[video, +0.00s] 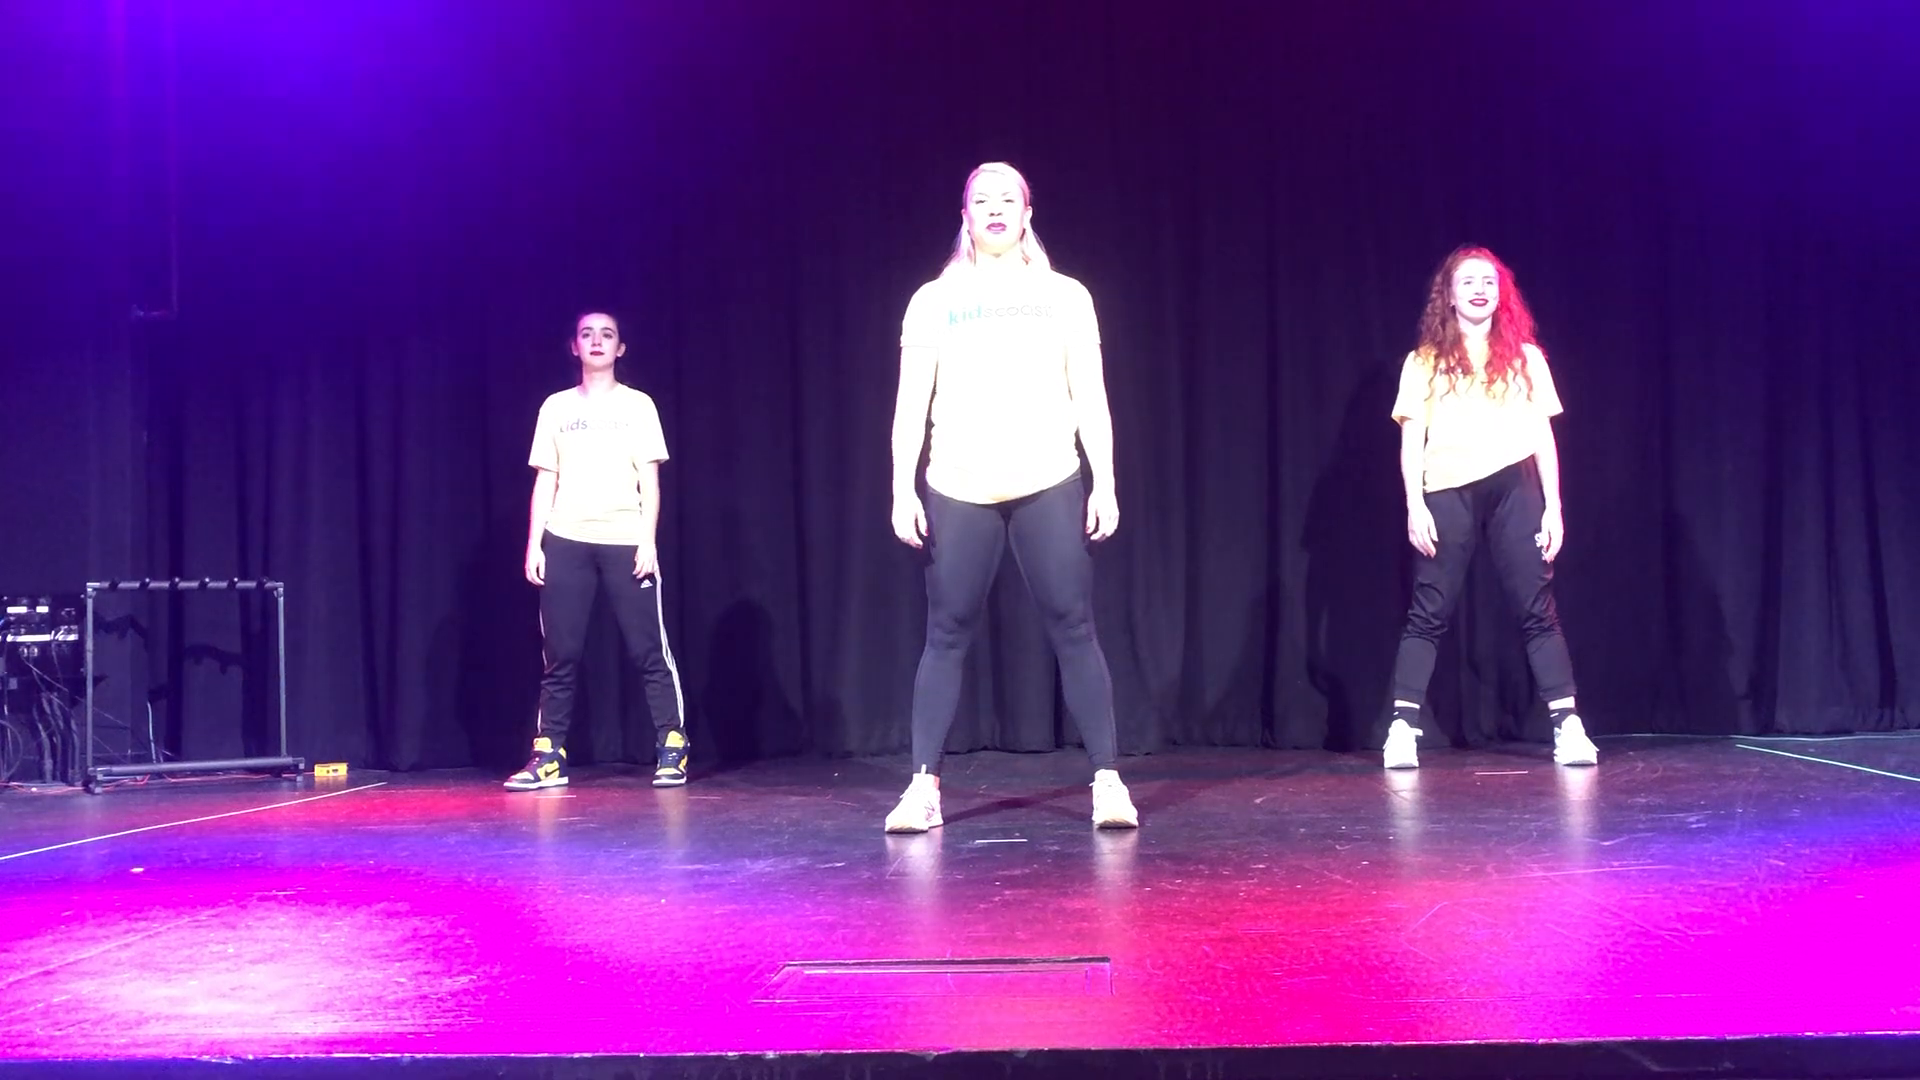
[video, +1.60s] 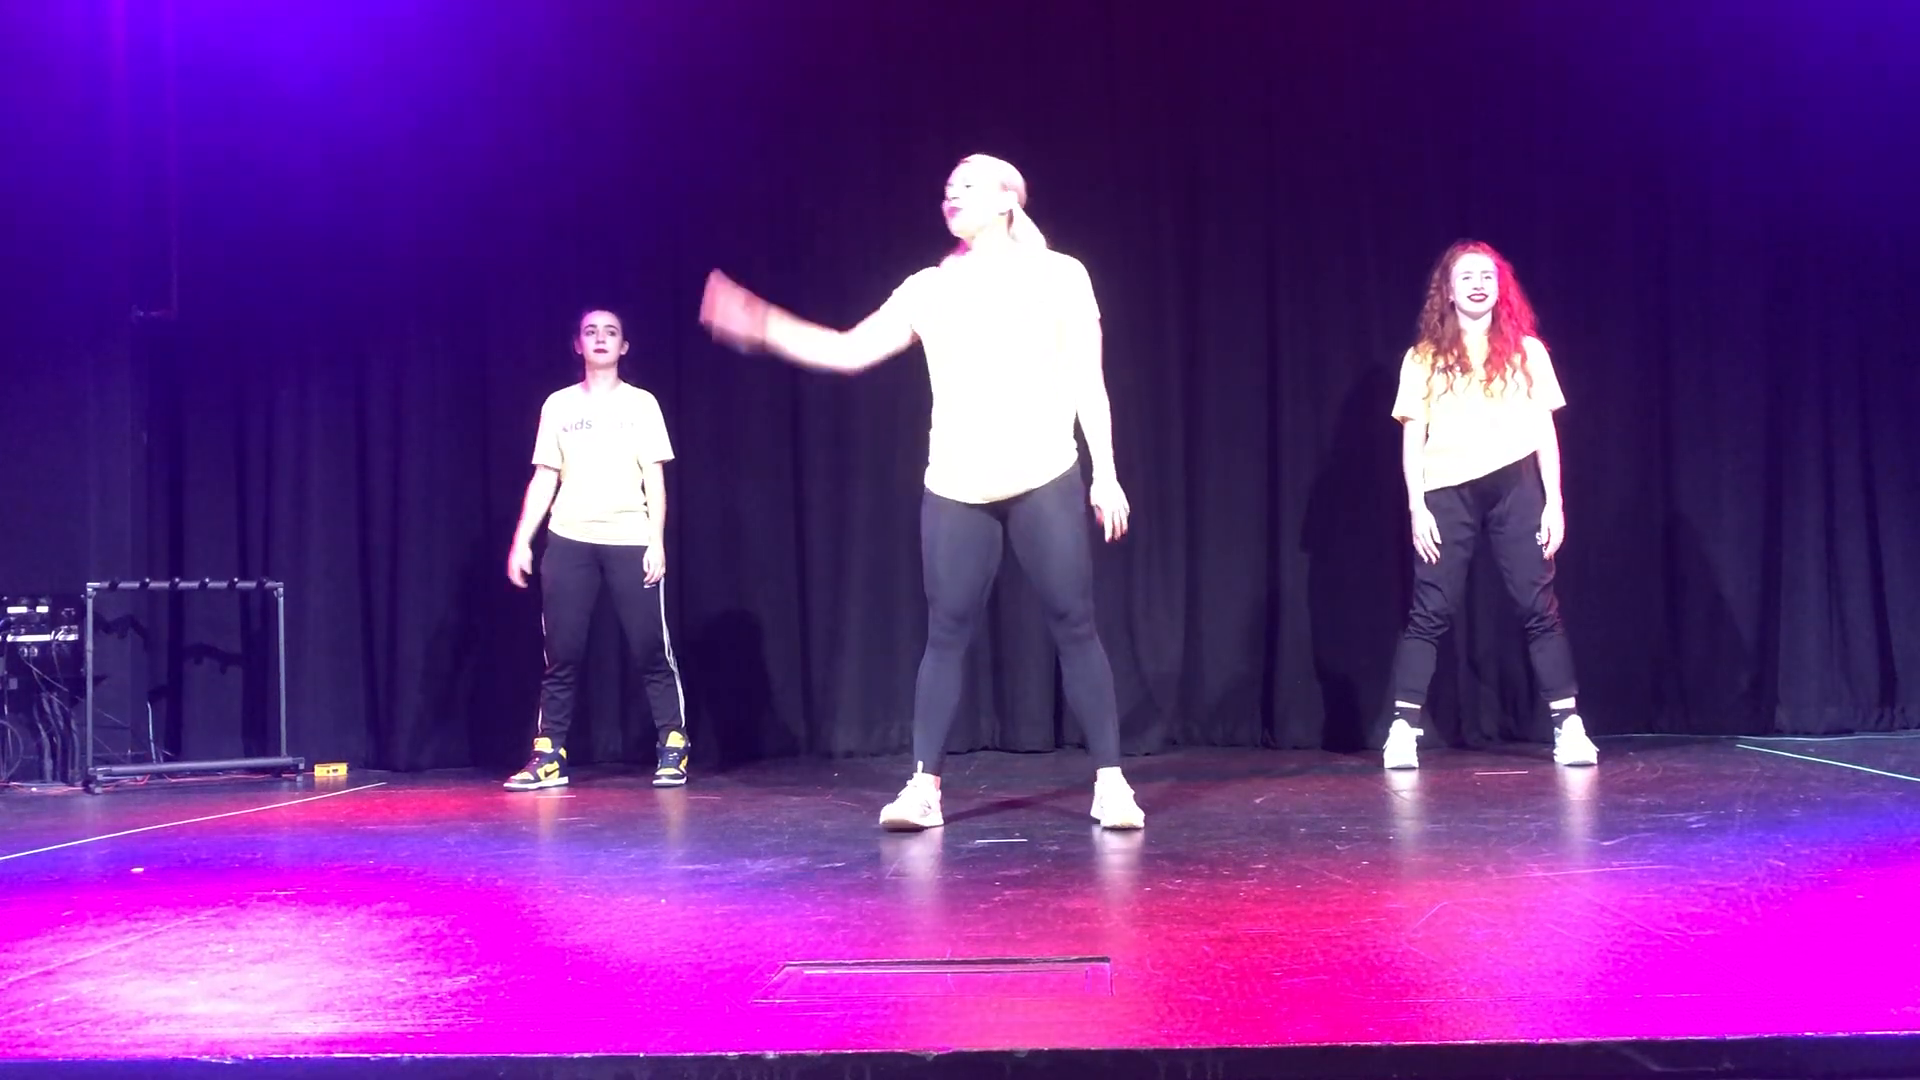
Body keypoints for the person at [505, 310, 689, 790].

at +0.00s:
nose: (596, 342)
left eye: (605, 335)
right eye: (588, 334)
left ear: (619, 348)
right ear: (575, 347)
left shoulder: (638, 405)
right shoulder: (555, 406)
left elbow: (649, 480)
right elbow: (545, 479)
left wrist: (647, 542)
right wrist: (534, 543)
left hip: (626, 543)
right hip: (566, 542)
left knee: (648, 652)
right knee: (559, 655)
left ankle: (672, 747)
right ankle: (549, 756)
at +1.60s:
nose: (600, 339)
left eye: (609, 332)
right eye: (591, 332)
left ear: (623, 345)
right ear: (578, 345)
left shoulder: (642, 403)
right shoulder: (558, 405)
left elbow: (654, 478)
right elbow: (544, 478)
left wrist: (656, 541)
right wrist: (521, 541)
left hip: (631, 541)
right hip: (569, 542)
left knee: (651, 650)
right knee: (560, 655)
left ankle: (673, 748)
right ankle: (550, 756)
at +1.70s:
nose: (582, 338)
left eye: (591, 331)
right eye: (573, 332)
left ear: (610, 345)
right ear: (562, 346)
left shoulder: (632, 399)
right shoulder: (553, 408)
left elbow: (649, 477)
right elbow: (526, 476)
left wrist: (651, 540)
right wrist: (478, 488)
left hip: (626, 538)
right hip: (569, 539)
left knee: (648, 652)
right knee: (558, 653)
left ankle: (672, 746)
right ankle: (550, 756)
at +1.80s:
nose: (549, 342)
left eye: (560, 334)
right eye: (541, 336)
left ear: (583, 347)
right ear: (535, 353)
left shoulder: (608, 398)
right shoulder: (540, 413)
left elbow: (637, 465)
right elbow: (497, 457)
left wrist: (645, 535)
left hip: (625, 541)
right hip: (574, 546)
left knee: (647, 653)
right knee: (556, 653)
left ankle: (673, 746)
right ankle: (549, 757)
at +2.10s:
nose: (486, 371)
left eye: (497, 362)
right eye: (482, 364)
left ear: (524, 373)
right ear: (481, 379)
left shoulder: (546, 415)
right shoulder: (509, 436)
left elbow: (590, 474)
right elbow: (466, 476)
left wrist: (609, 547)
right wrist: (472, 417)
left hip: (619, 541)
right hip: (579, 551)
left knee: (642, 649)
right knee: (555, 651)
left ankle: (696, 746)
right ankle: (549, 757)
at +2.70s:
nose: (535, 361)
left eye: (547, 354)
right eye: (528, 353)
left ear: (566, 368)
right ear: (519, 366)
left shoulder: (589, 411)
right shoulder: (528, 427)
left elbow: (633, 468)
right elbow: (493, 460)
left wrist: (651, 519)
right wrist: (512, 402)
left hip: (626, 552)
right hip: (574, 555)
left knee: (643, 655)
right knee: (544, 649)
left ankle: (707, 745)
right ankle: (548, 759)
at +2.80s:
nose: (565, 372)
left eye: (575, 366)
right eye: (557, 363)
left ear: (588, 382)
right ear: (541, 374)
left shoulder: (610, 426)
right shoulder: (539, 432)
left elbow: (655, 471)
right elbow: (512, 471)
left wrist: (688, 499)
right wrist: (535, 412)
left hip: (631, 564)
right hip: (574, 566)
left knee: (641, 662)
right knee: (536, 657)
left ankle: (703, 747)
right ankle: (548, 759)